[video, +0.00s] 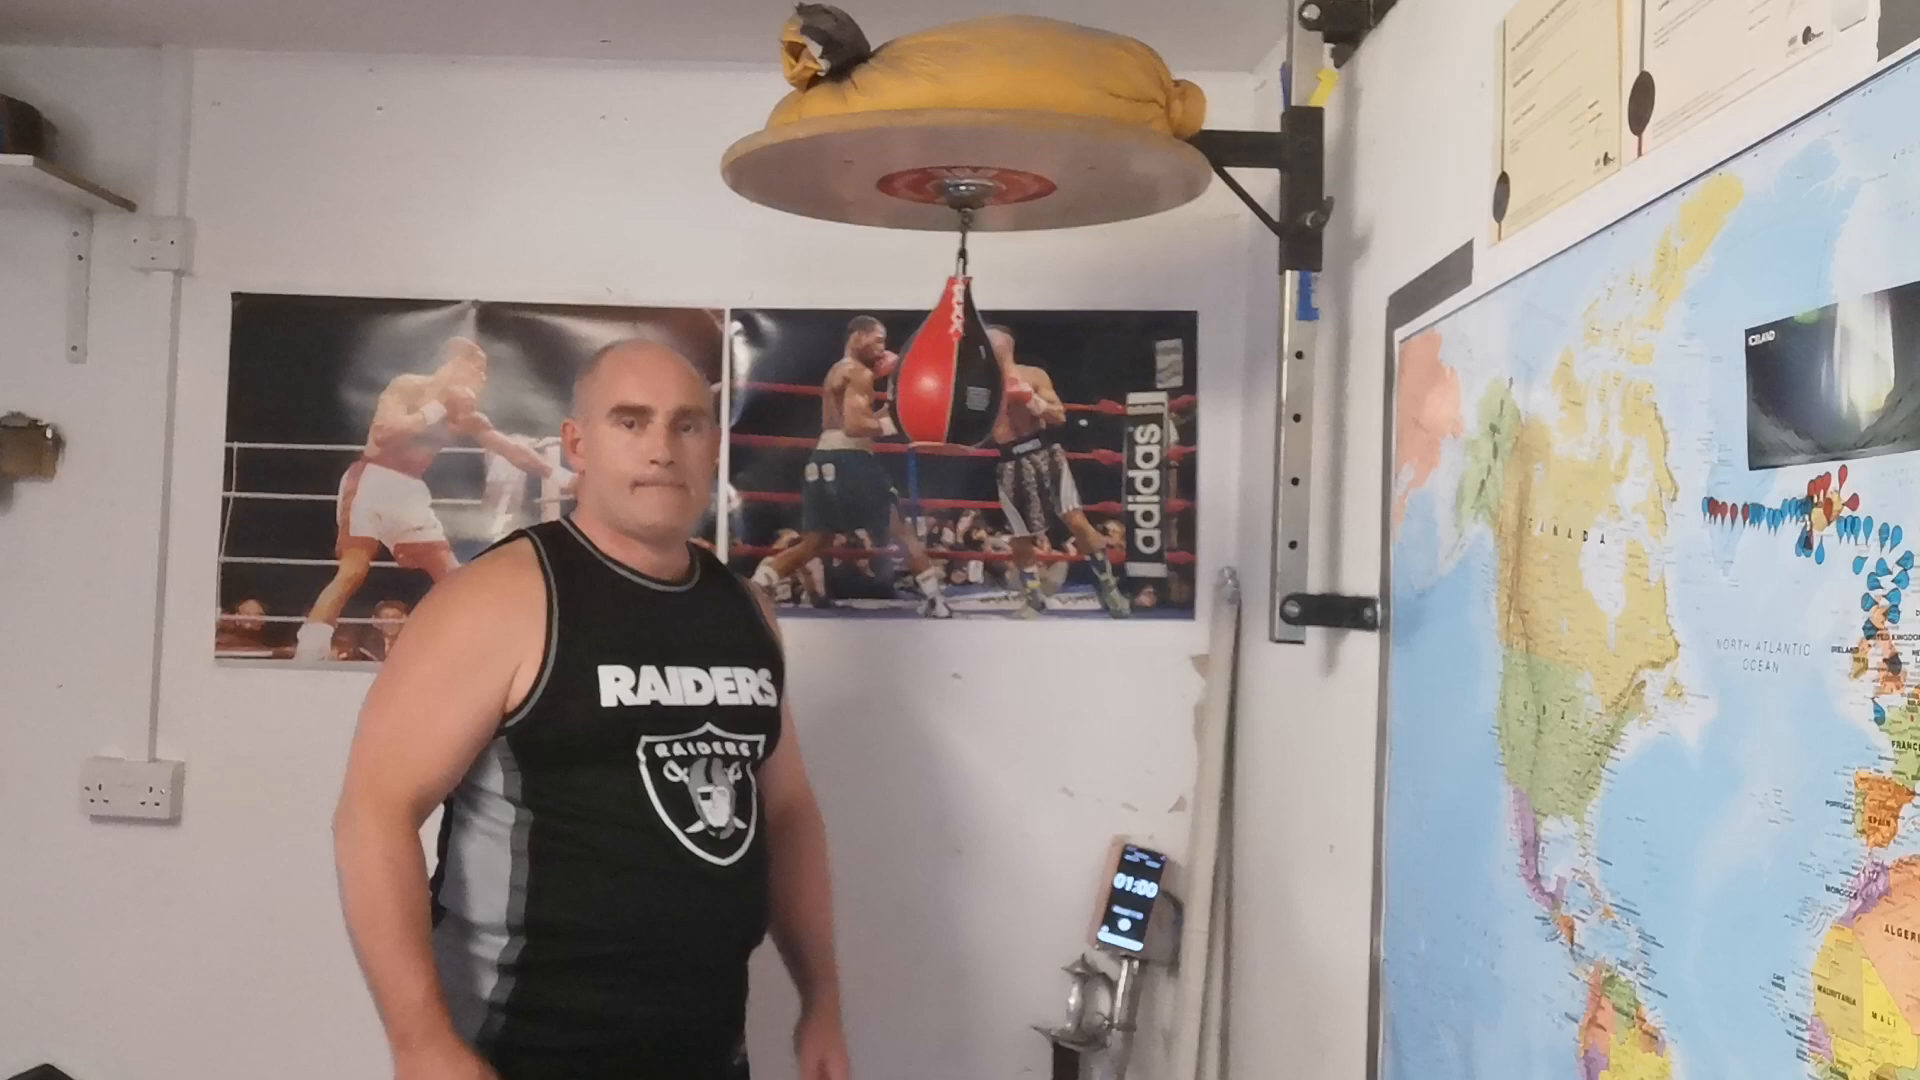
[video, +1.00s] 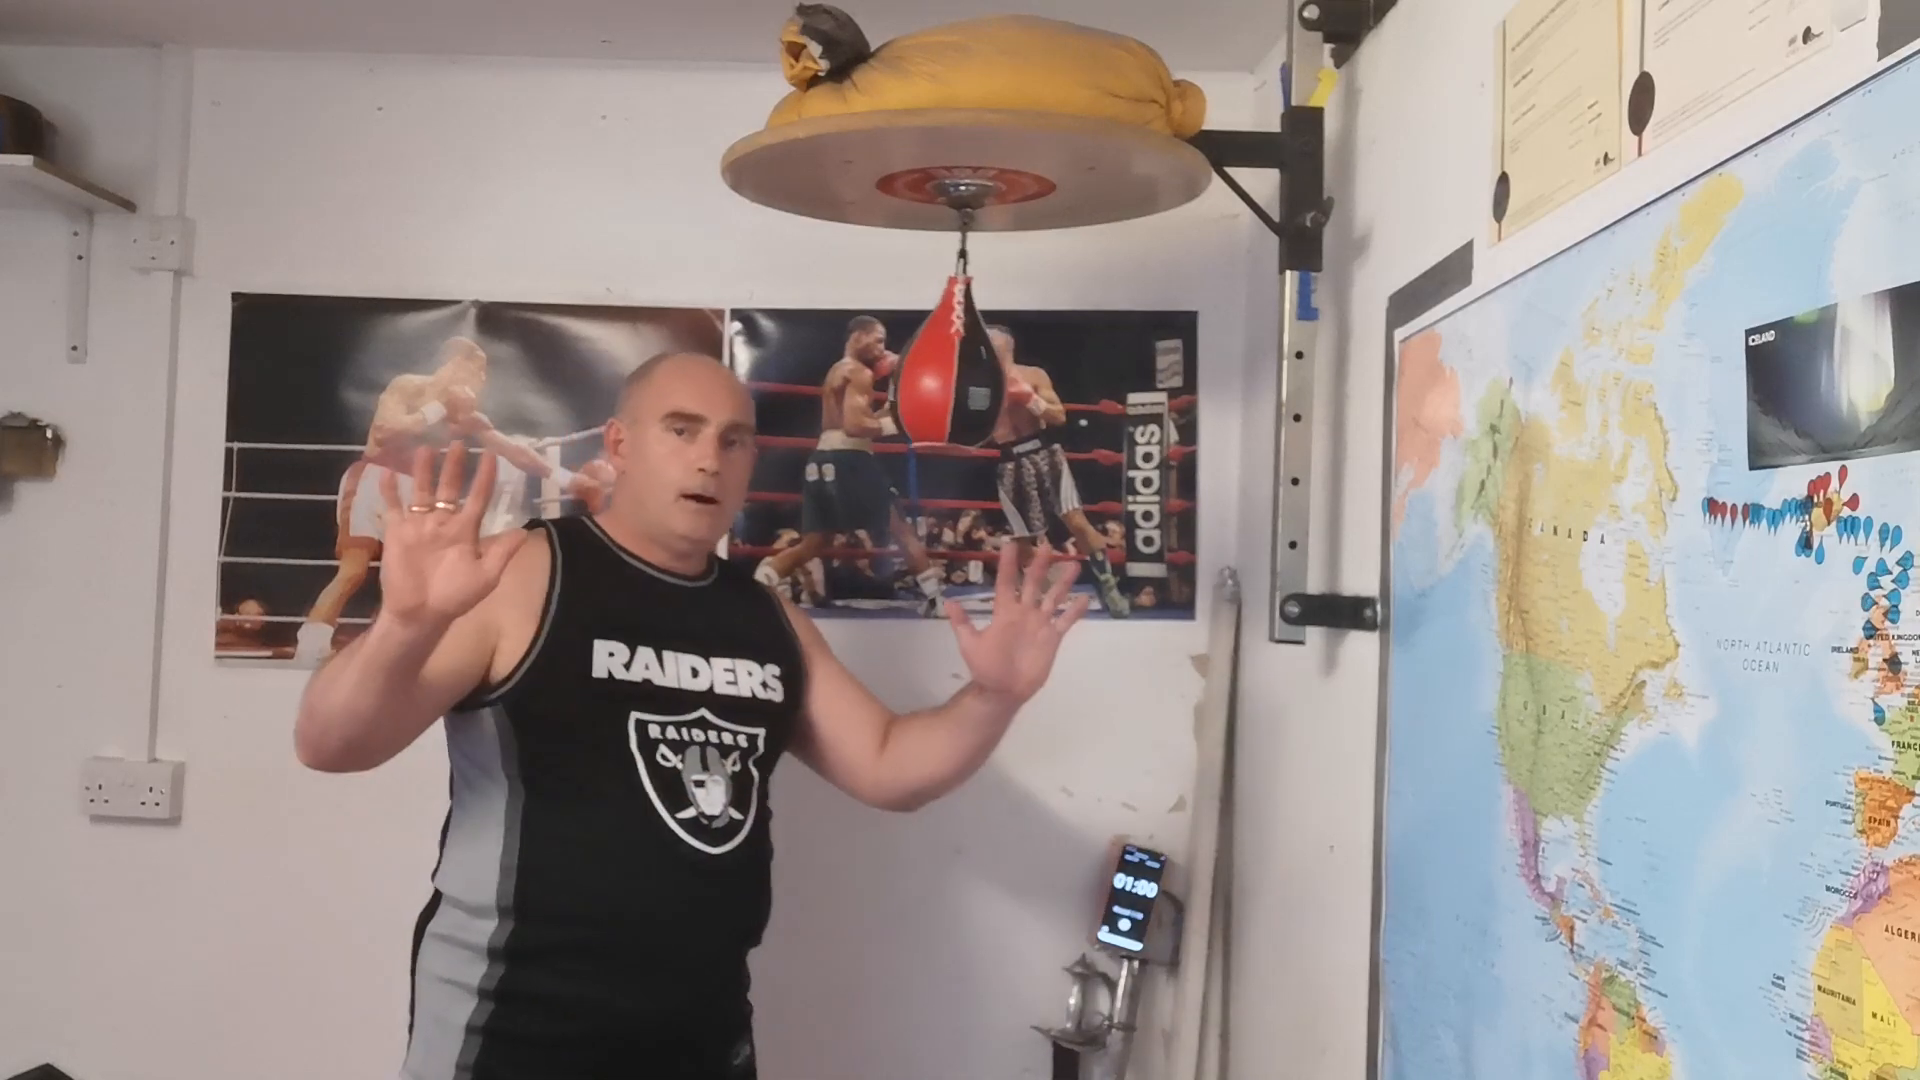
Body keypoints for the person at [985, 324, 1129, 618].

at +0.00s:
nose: (997, 355)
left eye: (1000, 348)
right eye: (992, 350)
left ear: (1010, 348)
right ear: (985, 354)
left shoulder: (1034, 375)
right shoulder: (983, 384)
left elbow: (1059, 418)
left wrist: (1037, 403)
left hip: (1046, 455)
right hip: (1011, 464)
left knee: (1075, 521)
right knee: (1022, 537)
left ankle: (1108, 587)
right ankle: (1032, 596)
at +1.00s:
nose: (995, 357)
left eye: (999, 349)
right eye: (991, 351)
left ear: (1010, 348)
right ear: (984, 354)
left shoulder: (1034, 375)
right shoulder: (982, 384)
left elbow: (1059, 417)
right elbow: (977, 430)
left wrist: (1033, 401)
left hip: (1046, 456)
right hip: (1011, 464)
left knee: (1075, 522)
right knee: (1025, 541)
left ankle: (1108, 587)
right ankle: (1032, 599)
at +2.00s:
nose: (989, 348)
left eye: (993, 341)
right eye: (984, 343)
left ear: (1009, 345)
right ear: (981, 351)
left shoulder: (1033, 375)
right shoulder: (981, 385)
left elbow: (1059, 416)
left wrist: (1033, 401)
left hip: (1046, 457)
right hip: (1011, 465)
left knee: (1075, 521)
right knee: (1022, 538)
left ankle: (1109, 588)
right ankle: (1032, 599)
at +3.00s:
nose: (985, 345)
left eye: (991, 339)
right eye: (982, 341)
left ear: (1009, 344)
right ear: (980, 350)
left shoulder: (1033, 375)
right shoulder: (981, 385)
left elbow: (1059, 416)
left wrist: (1033, 400)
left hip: (1046, 457)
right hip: (1011, 465)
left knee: (1076, 522)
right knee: (1021, 538)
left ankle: (1109, 588)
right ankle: (1032, 598)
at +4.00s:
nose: (985, 346)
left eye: (991, 340)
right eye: (982, 342)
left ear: (1009, 344)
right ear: (981, 351)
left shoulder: (1034, 375)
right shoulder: (986, 386)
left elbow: (1059, 417)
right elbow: (986, 427)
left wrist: (1033, 401)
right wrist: (963, 445)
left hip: (1046, 457)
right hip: (1011, 465)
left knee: (1075, 522)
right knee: (1021, 538)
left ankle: (1109, 589)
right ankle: (1032, 599)